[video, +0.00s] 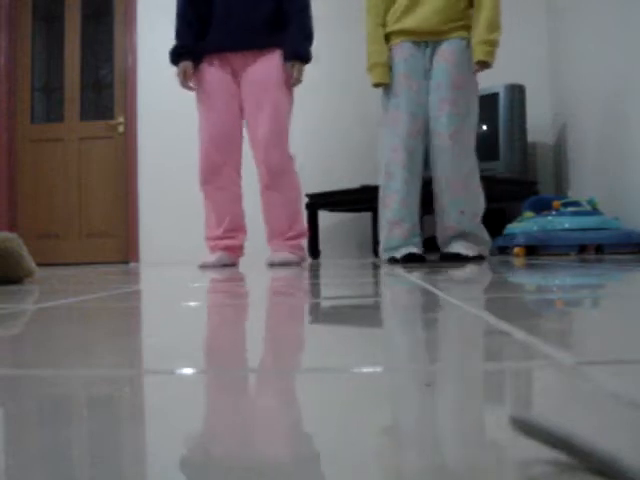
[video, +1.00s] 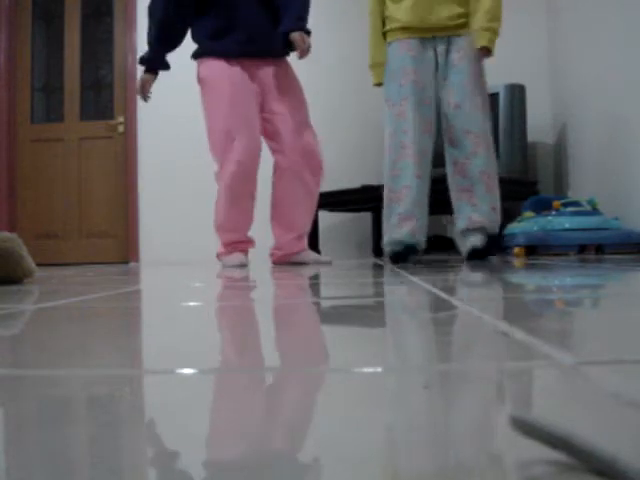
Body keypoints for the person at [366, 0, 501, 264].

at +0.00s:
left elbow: (487, 1)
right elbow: (376, 4)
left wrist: (484, 38)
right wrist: (377, 54)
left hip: (456, 31)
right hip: (403, 32)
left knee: (452, 136)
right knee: (402, 139)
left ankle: (462, 239)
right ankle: (402, 243)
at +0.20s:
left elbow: (483, 0)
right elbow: (374, 4)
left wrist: (480, 33)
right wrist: (375, 54)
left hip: (454, 31)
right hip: (400, 32)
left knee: (453, 134)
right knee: (400, 138)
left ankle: (461, 239)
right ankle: (401, 243)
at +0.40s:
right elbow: (373, 4)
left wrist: (482, 31)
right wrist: (371, 46)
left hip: (458, 27)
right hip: (402, 29)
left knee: (464, 135)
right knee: (401, 136)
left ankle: (474, 234)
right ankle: (400, 238)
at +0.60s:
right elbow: (373, 4)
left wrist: (479, 31)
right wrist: (368, 56)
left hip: (467, 30)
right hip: (412, 30)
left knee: (478, 140)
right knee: (416, 139)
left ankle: (484, 240)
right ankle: (410, 242)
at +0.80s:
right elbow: (377, 6)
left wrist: (472, 17)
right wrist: (376, 62)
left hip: (465, 30)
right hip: (413, 31)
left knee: (477, 139)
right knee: (416, 139)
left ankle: (483, 239)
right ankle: (410, 243)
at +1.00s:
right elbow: (376, 5)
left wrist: (485, 26)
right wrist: (378, 55)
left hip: (461, 25)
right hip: (404, 30)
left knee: (468, 132)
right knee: (406, 135)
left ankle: (475, 232)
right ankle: (403, 236)